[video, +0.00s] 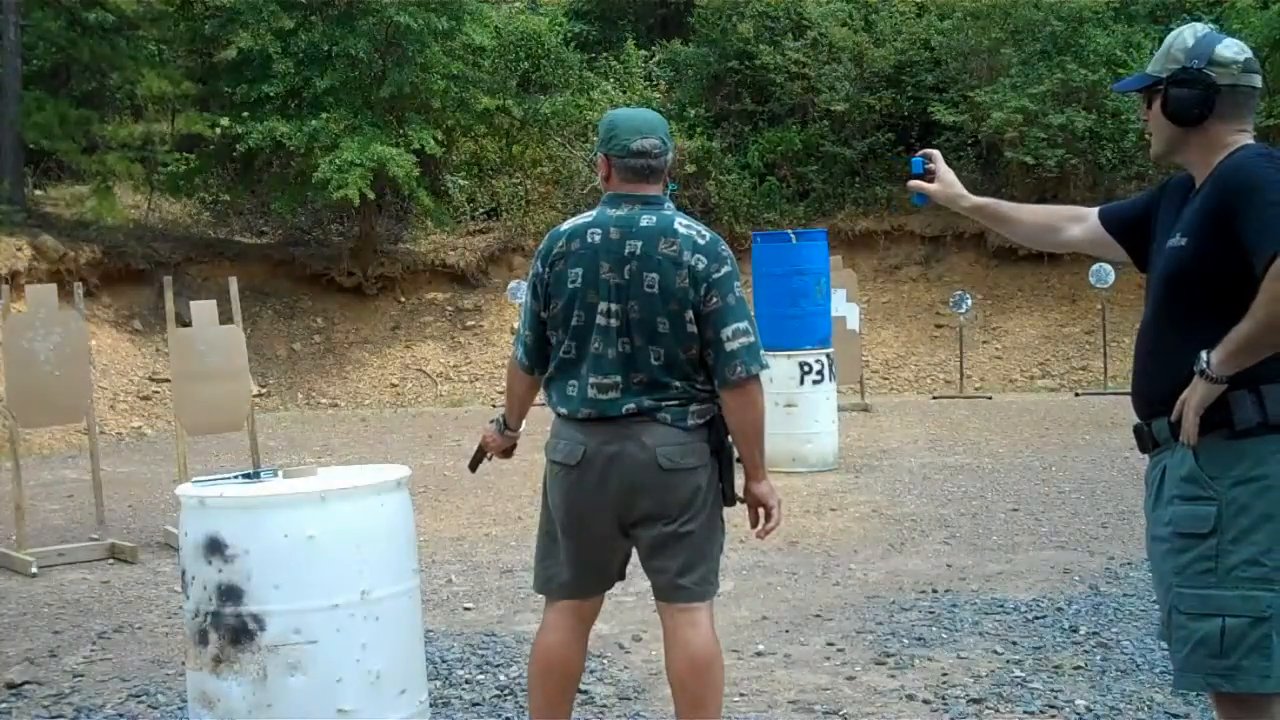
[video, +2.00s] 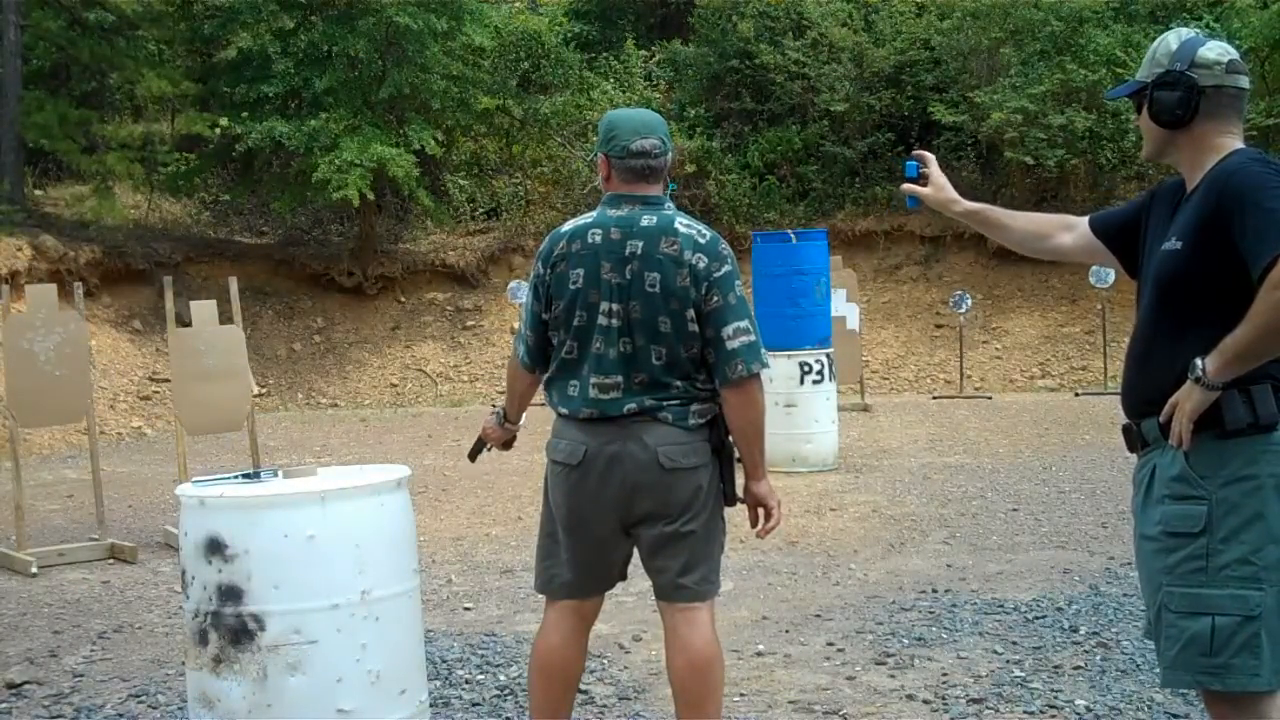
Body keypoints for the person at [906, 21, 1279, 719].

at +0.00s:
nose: (1145, 113)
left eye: (1152, 98)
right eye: (1146, 99)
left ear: (1186, 100)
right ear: (1217, 102)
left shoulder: (1251, 175)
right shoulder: (1178, 197)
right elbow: (1072, 227)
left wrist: (1216, 369)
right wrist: (964, 201)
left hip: (1236, 458)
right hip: (1192, 458)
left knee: (1246, 689)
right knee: (1235, 681)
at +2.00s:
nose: (1138, 113)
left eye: (1145, 99)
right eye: (1139, 100)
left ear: (1177, 101)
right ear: (1208, 104)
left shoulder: (1247, 181)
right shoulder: (1168, 201)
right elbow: (1064, 234)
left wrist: (1211, 374)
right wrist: (957, 206)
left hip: (1227, 455)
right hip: (1181, 456)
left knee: (1241, 689)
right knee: (1229, 683)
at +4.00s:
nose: (1148, 115)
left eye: (1152, 100)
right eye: (1148, 101)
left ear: (1178, 102)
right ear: (1228, 100)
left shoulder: (1245, 180)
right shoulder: (1192, 196)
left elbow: (1272, 284)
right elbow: (1086, 238)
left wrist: (1195, 383)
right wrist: (977, 211)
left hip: (1226, 463)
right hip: (1206, 458)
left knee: (1242, 692)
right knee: (1241, 685)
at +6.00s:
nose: (1144, 116)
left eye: (1149, 101)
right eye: (1145, 102)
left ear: (1173, 102)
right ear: (1226, 100)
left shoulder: (1238, 180)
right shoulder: (1189, 196)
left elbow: (1271, 283)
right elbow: (1084, 238)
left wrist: (1189, 384)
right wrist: (974, 214)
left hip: (1223, 463)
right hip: (1210, 458)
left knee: (1241, 692)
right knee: (1241, 685)